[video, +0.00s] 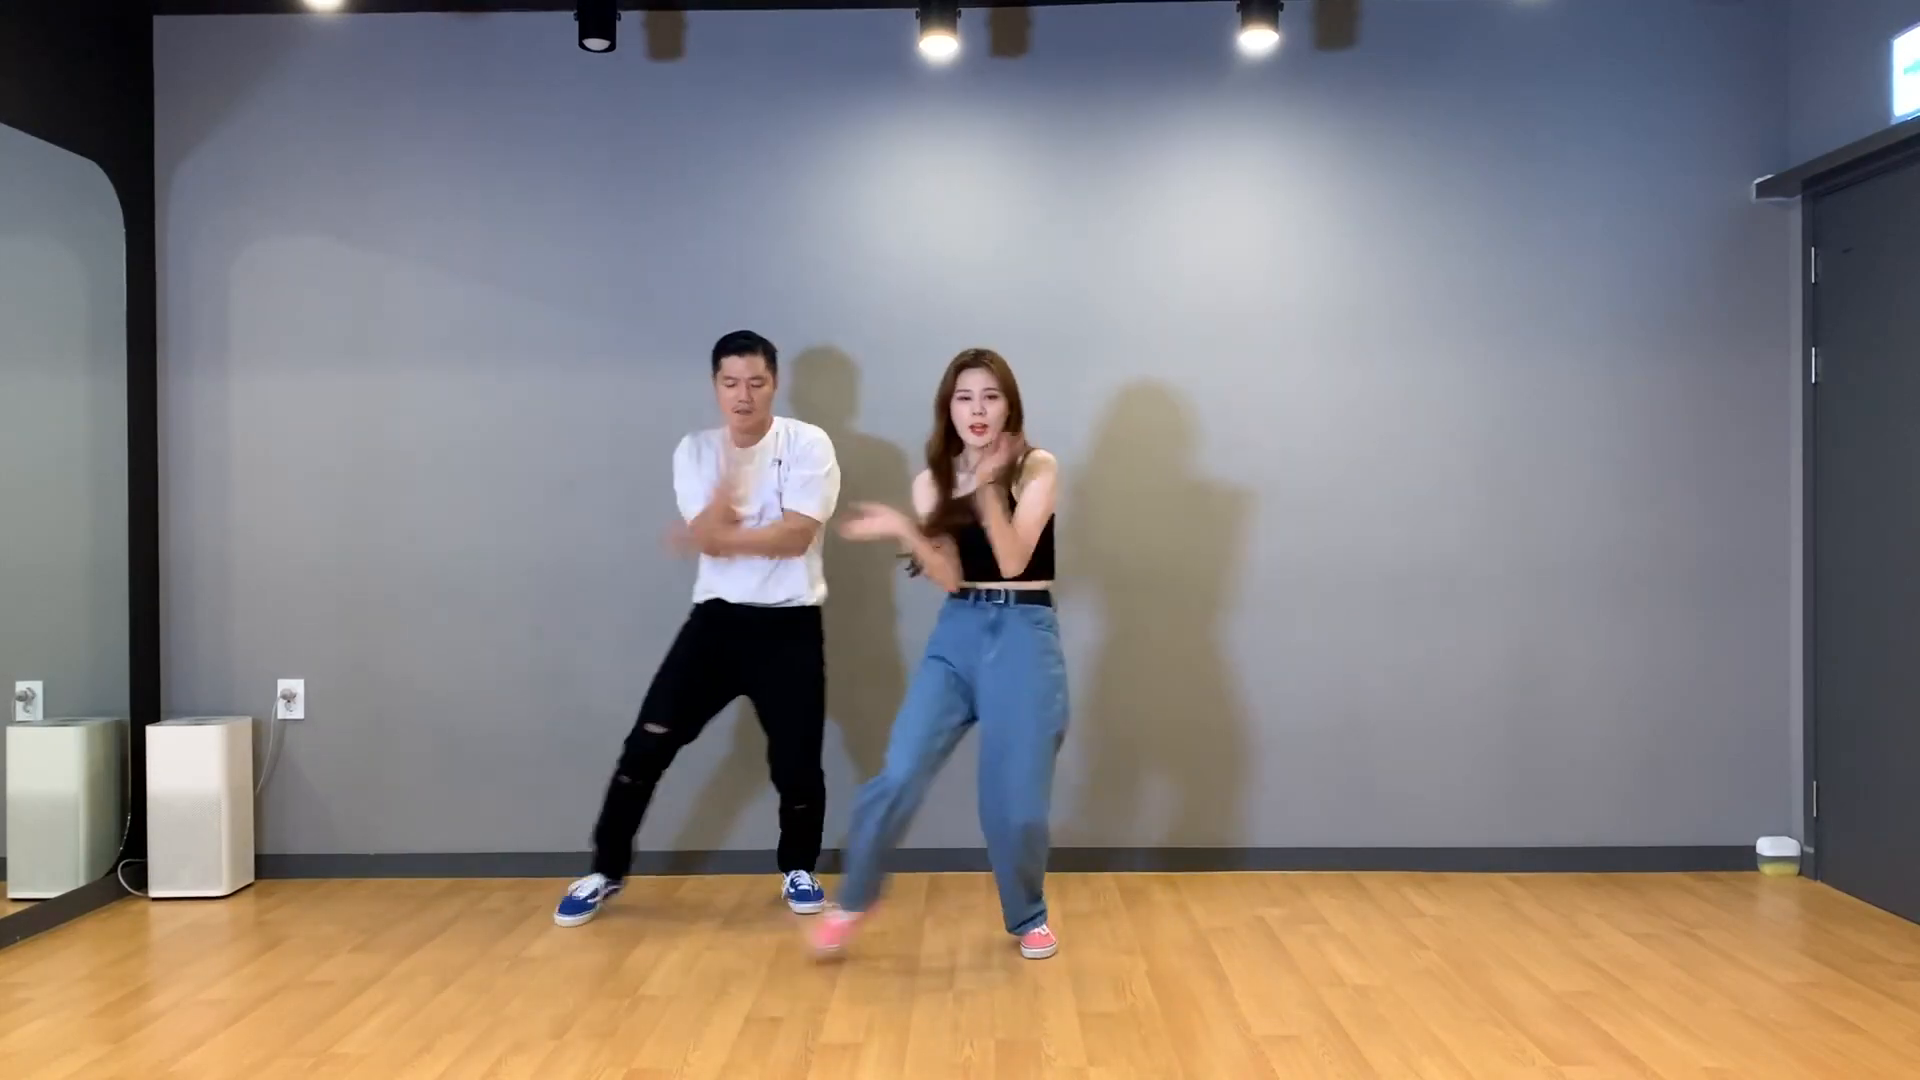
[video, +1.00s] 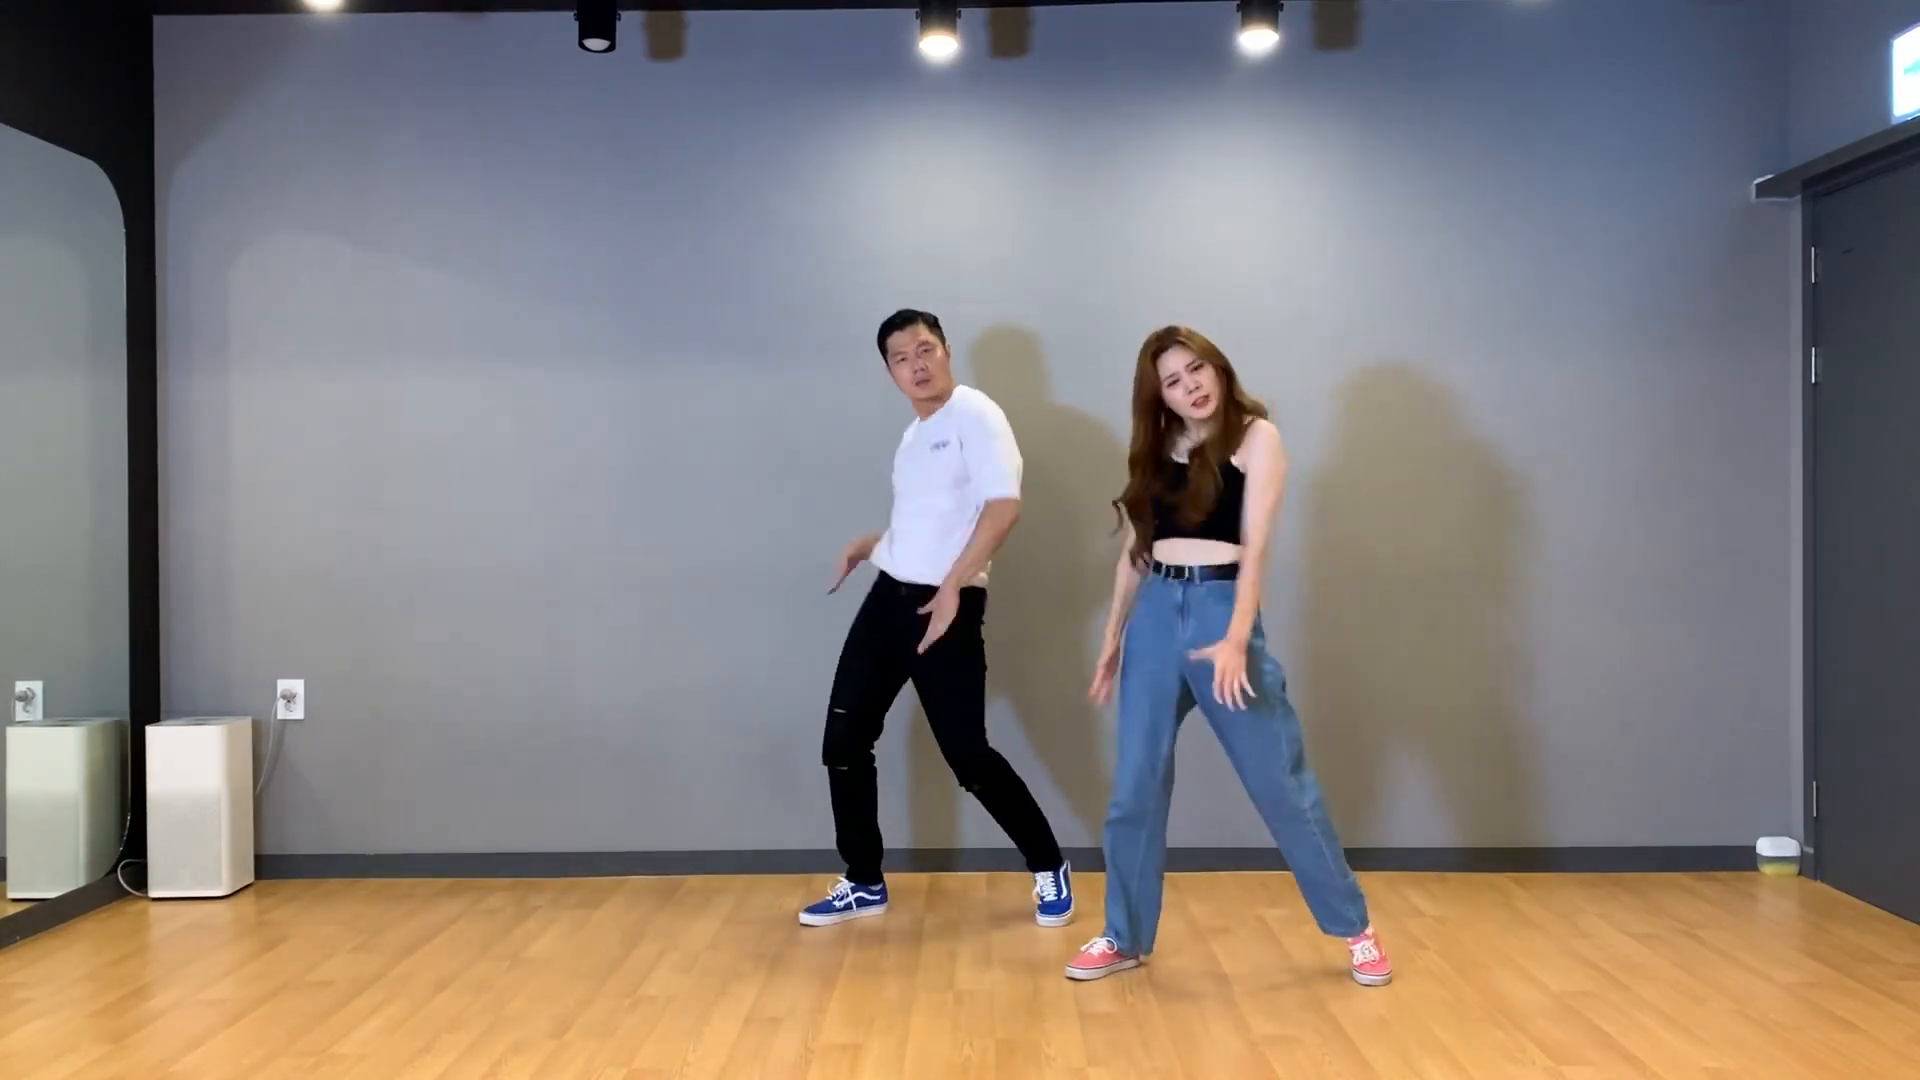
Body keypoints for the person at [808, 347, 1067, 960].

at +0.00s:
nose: (976, 409)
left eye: (989, 397)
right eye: (963, 398)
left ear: (1010, 405)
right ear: (947, 408)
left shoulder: (1037, 469)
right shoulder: (932, 482)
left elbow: (1014, 559)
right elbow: (950, 577)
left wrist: (988, 483)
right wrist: (903, 529)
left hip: (1024, 639)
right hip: (956, 636)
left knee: (1018, 801)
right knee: (899, 775)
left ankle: (1028, 915)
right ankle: (852, 901)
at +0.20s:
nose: (1022, 413)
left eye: (1034, 400)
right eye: (1009, 401)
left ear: (1055, 406)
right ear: (991, 409)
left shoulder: (1085, 471)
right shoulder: (966, 483)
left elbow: (1127, 552)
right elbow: (938, 574)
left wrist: (1159, 610)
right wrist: (912, 647)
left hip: (1073, 644)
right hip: (998, 647)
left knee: (1072, 796)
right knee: (1025, 795)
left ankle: (1030, 918)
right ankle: (1113, 920)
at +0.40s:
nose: (1060, 405)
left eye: (1072, 393)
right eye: (1048, 394)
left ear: (1090, 399)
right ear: (1028, 401)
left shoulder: (1125, 457)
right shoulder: (1005, 476)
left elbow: (1215, 519)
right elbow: (946, 557)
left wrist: (1311, 551)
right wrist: (868, 612)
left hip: (1127, 638)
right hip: (1052, 642)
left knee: (1108, 810)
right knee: (1060, 804)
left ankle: (1043, 908)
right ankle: (1104, 942)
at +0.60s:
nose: (1105, 396)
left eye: (1118, 385)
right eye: (1093, 386)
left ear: (1139, 398)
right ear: (1075, 400)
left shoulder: (1170, 456)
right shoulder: (1054, 474)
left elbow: (1245, 526)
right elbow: (977, 537)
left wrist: (1210, 476)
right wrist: (971, 470)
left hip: (1178, 640)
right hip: (1102, 647)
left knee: (1235, 778)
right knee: (1085, 808)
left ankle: (1241, 858)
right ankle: (1106, 941)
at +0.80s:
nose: (1158, 366)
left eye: (1170, 353)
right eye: (1144, 357)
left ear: (1193, 360)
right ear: (1130, 369)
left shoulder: (1222, 417)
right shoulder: (1120, 432)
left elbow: (1309, 459)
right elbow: (1061, 494)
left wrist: (1220, 479)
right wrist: (1087, 483)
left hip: (1217, 625)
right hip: (1145, 631)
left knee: (1290, 783)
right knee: (1120, 789)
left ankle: (1358, 928)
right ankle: (1112, 938)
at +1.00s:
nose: (1191, 385)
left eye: (1196, 368)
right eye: (1174, 381)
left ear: (1217, 368)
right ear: (1161, 396)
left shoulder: (1257, 439)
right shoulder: (1158, 450)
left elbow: (1254, 550)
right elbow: (1134, 553)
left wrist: (1236, 639)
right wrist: (1113, 639)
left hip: (1226, 612)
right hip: (1153, 613)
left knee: (1282, 781)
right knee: (1137, 781)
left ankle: (1355, 928)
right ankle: (1124, 935)